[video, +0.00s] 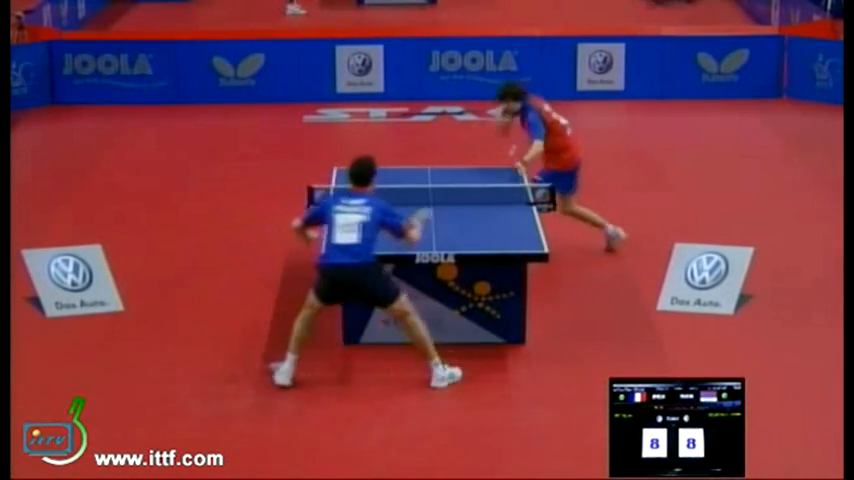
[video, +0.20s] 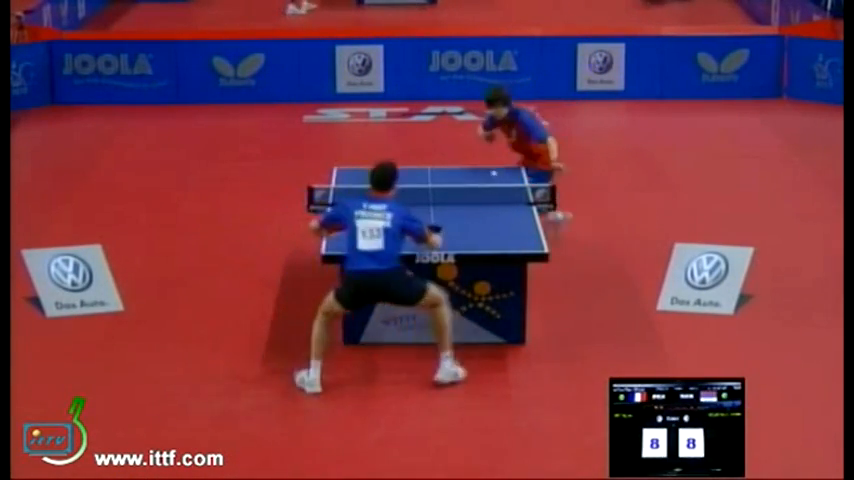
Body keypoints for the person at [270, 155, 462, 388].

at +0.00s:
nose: (371, 181)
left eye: (361, 176)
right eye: (372, 178)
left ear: (350, 178)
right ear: (372, 180)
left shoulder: (333, 201)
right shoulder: (376, 205)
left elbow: (298, 225)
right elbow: (411, 236)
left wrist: (309, 241)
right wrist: (415, 225)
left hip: (331, 270)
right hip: (364, 270)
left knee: (308, 312)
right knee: (405, 314)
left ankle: (288, 367)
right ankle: (438, 368)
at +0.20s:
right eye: (392, 183)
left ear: (370, 183)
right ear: (393, 186)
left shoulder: (351, 207)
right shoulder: (398, 212)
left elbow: (316, 226)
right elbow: (428, 240)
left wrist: (333, 227)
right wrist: (434, 238)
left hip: (356, 282)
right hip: (392, 279)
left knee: (324, 314)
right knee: (438, 300)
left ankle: (313, 375)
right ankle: (447, 364)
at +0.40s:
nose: (428, 188)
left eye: (421, 183)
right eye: (432, 184)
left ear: (412, 185)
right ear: (436, 188)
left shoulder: (396, 206)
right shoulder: (445, 215)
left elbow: (358, 197)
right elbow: (484, 230)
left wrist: (336, 181)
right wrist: (476, 223)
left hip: (399, 283)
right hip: (436, 283)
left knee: (356, 321)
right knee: (484, 311)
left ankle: (319, 374)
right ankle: (527, 355)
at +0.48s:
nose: (448, 191)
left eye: (442, 187)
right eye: (454, 187)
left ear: (437, 188)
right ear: (461, 189)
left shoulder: (425, 208)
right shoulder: (472, 214)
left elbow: (386, 197)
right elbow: (509, 224)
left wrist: (354, 177)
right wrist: (501, 223)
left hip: (426, 284)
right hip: (463, 284)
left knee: (382, 325)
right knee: (506, 310)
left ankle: (338, 372)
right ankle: (539, 357)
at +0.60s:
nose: (472, 195)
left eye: (470, 191)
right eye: (480, 192)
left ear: (466, 194)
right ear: (488, 195)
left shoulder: (457, 213)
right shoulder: (503, 217)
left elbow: (418, 211)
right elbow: (534, 222)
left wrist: (375, 197)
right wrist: (537, 216)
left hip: (457, 283)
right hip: (492, 283)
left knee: (413, 326)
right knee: (523, 310)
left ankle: (371, 371)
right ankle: (550, 357)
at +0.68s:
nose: (492, 200)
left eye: (486, 196)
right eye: (497, 197)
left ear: (480, 199)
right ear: (502, 200)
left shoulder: (468, 216)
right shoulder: (512, 222)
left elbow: (434, 223)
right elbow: (535, 231)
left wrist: (388, 219)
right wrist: (536, 215)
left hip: (463, 284)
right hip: (498, 284)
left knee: (422, 326)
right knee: (530, 312)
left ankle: (393, 371)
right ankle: (559, 359)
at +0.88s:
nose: (471, 195)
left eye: (467, 190)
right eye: (475, 191)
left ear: (460, 195)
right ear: (483, 196)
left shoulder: (449, 217)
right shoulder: (492, 219)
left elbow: (410, 223)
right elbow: (521, 246)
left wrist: (365, 213)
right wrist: (530, 229)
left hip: (457, 289)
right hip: (493, 288)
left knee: (408, 307)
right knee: (524, 312)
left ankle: (404, 370)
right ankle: (558, 359)